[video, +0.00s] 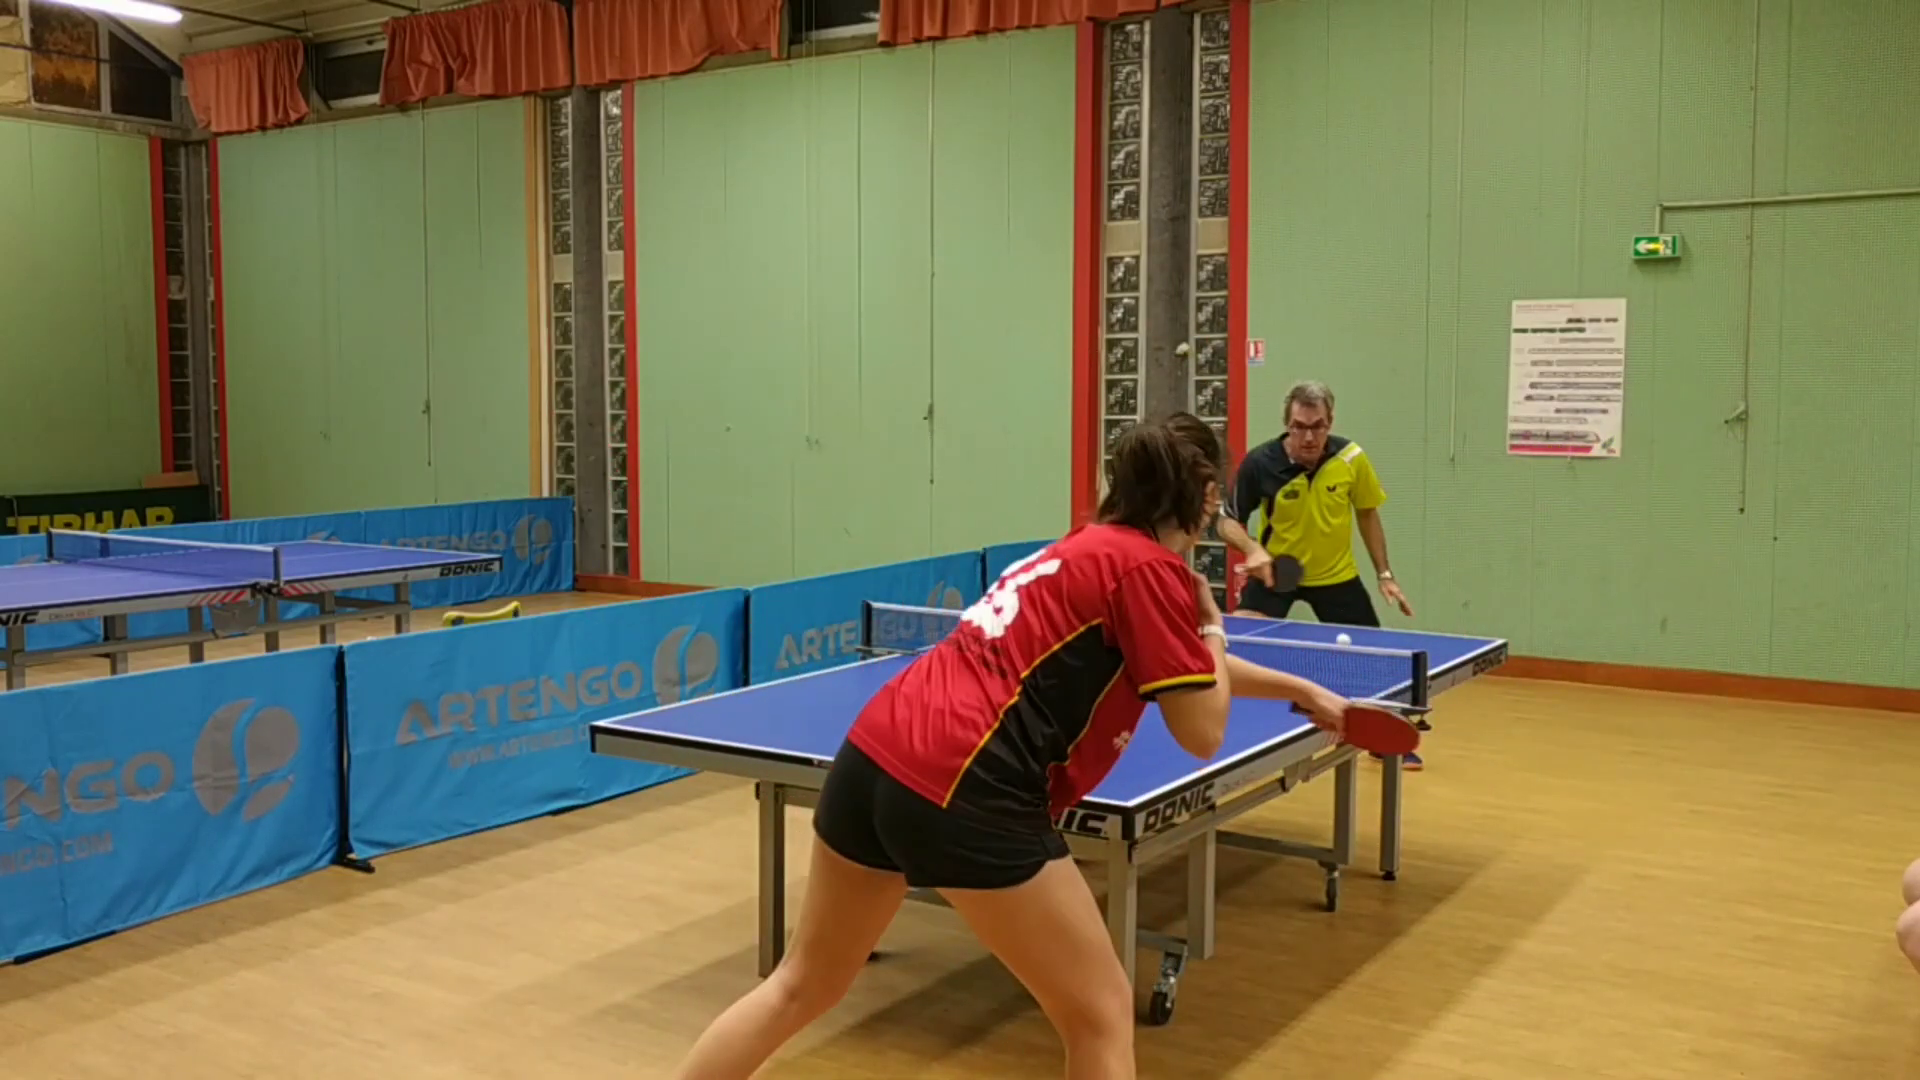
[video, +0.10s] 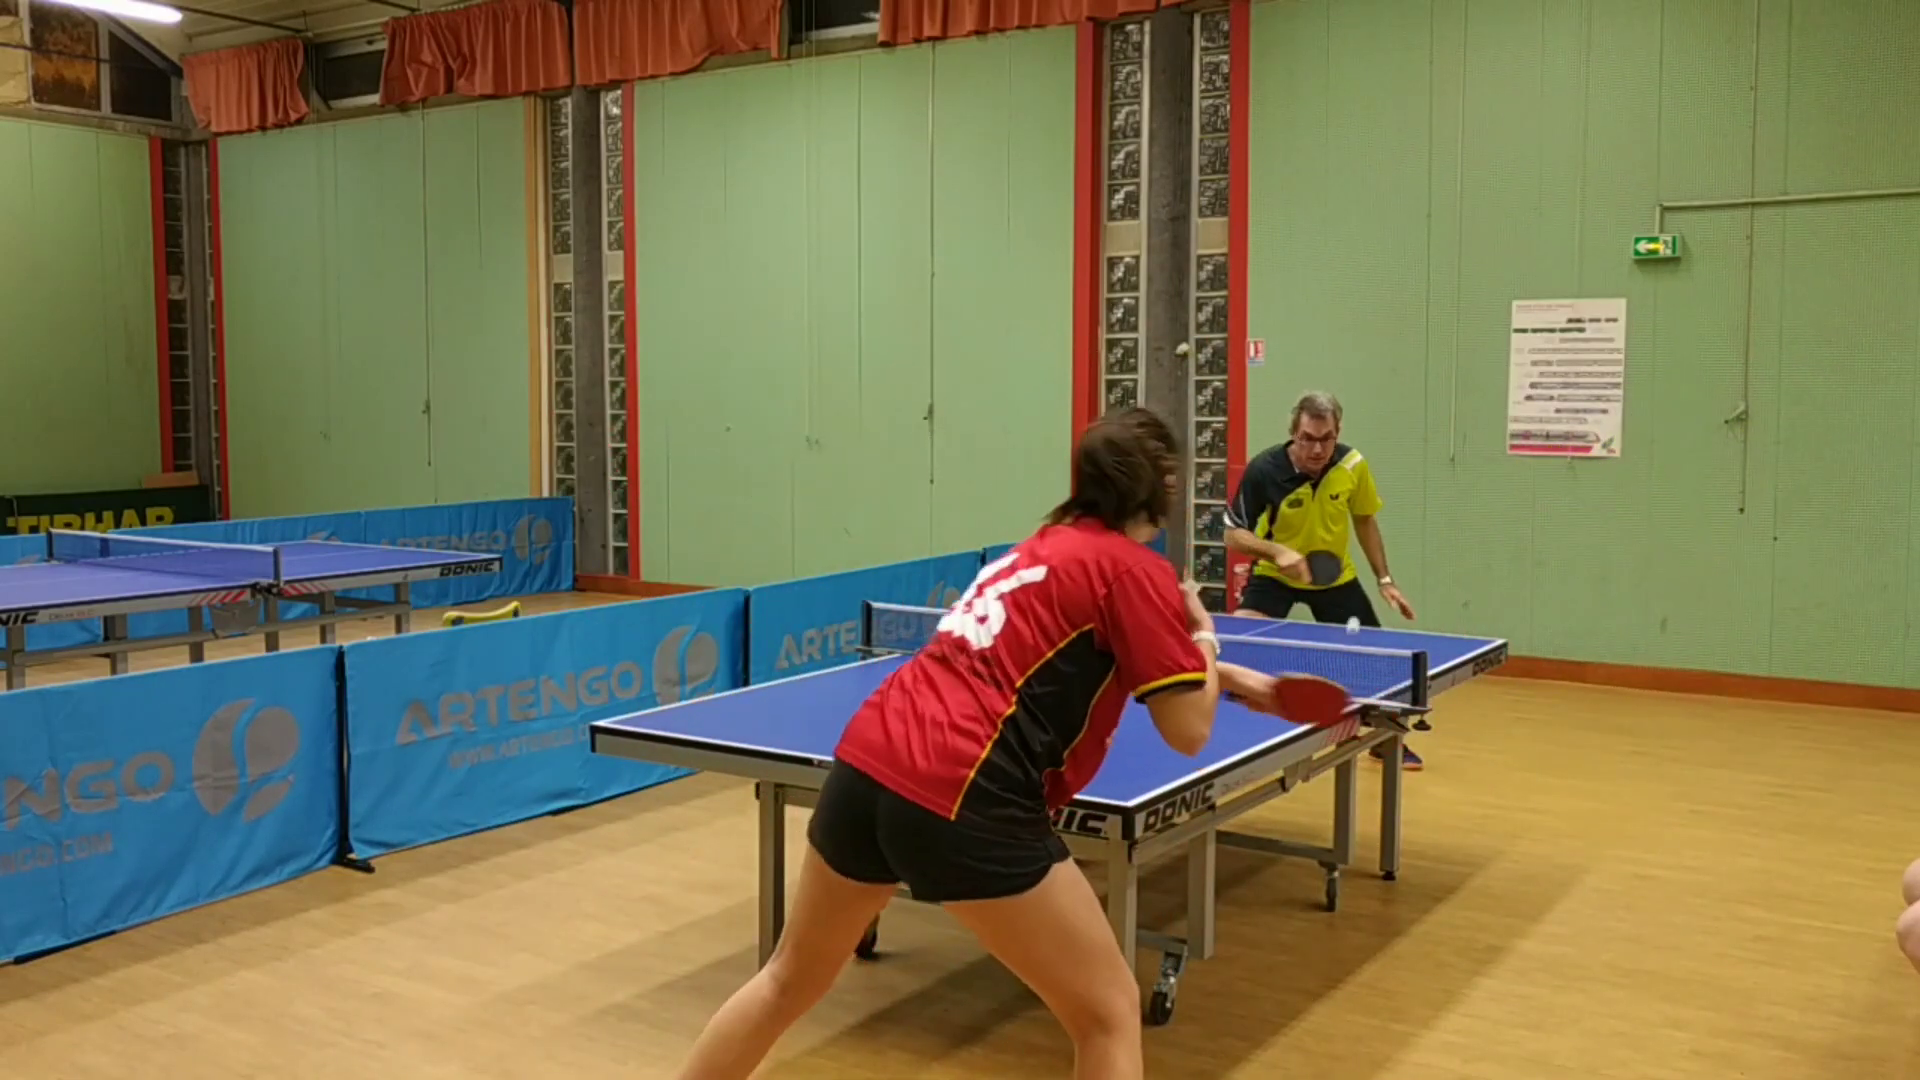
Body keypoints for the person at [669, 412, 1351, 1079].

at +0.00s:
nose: (1217, 508)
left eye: (1217, 492)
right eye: (1215, 494)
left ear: (1125, 485)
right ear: (1197, 498)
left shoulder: (1083, 547)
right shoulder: (1153, 574)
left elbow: (1190, 664)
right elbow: (1202, 732)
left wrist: (1304, 691)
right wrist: (1211, 631)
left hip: (872, 754)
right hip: (967, 790)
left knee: (800, 983)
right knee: (1099, 1018)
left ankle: (689, 1078)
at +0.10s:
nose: (1180, 492)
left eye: (1179, 481)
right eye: (1178, 481)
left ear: (1086, 480)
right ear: (1165, 492)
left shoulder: (1045, 544)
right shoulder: (1135, 573)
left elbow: (1112, 642)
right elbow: (1190, 729)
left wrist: (1238, 682)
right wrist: (1205, 642)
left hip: (862, 770)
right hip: (964, 805)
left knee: (785, 979)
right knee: (1108, 1020)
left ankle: (687, 1075)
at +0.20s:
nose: (1115, 494)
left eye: (1113, 482)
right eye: (1111, 483)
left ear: (1027, 489)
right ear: (1098, 494)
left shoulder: (983, 550)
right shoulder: (1097, 579)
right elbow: (1154, 725)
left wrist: (1131, 636)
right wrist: (1181, 658)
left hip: (840, 795)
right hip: (948, 822)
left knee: (776, 985)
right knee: (1097, 1019)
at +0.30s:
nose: (1046, 487)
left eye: (1042, 474)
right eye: (1043, 475)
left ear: (955, 484)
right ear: (1034, 489)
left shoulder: (912, 550)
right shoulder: (1024, 576)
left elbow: (938, 661)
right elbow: (1094, 714)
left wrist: (1065, 639)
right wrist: (1127, 653)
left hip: (792, 805)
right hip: (900, 825)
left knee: (769, 983)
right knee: (1054, 1020)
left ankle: (701, 1076)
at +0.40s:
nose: (993, 472)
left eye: (994, 461)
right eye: (992, 462)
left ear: (902, 469)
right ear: (979, 470)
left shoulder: (854, 539)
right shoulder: (982, 559)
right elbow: (1057, 696)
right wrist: (1076, 636)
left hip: (760, 790)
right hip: (867, 807)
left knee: (757, 967)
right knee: (1007, 1012)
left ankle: (689, 1073)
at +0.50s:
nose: (965, 455)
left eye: (962, 442)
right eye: (963, 443)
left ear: (874, 451)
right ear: (951, 453)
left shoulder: (829, 524)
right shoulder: (967, 538)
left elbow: (781, 625)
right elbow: (1062, 667)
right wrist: (1032, 610)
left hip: (749, 781)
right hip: (855, 795)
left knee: (757, 933)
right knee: (991, 998)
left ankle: (683, 1073)